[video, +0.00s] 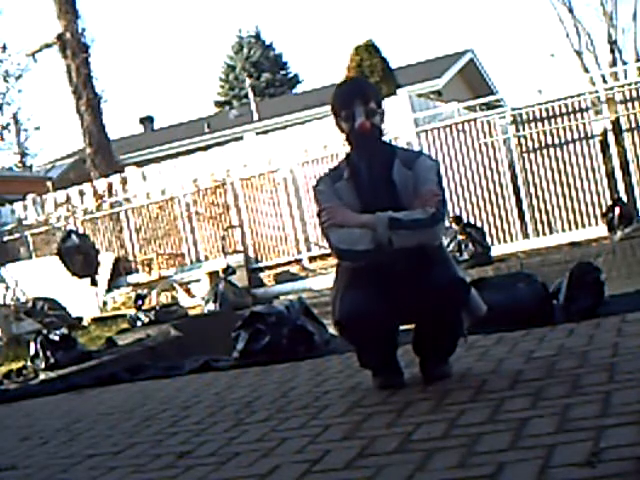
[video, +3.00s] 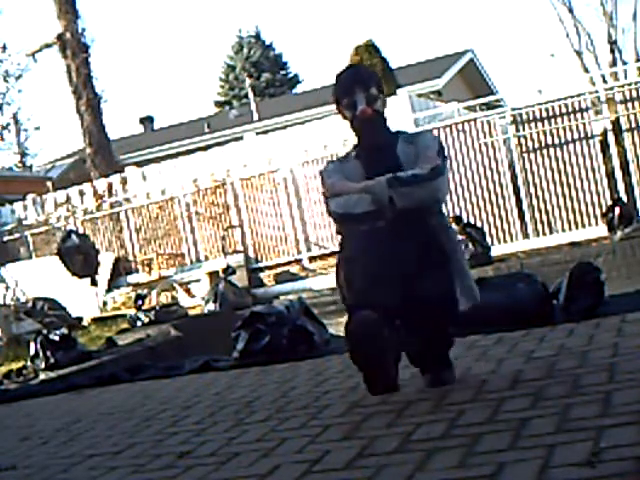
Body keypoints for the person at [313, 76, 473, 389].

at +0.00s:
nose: (362, 124)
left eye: (370, 113)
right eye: (351, 116)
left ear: (382, 114)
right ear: (339, 122)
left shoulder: (418, 164)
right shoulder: (329, 185)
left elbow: (434, 226)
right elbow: (344, 245)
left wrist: (359, 220)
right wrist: (412, 217)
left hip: (422, 265)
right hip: (365, 277)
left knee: (447, 290)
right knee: (356, 313)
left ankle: (434, 358)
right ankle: (384, 367)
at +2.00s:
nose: (353, 123)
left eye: (361, 111)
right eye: (341, 116)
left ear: (373, 112)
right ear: (329, 122)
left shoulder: (407, 159)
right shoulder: (319, 183)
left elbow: (425, 218)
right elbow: (335, 241)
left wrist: (349, 217)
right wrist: (406, 215)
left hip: (415, 262)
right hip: (359, 275)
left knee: (433, 290)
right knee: (358, 311)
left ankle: (434, 361)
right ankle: (385, 369)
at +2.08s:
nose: (349, 121)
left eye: (357, 109)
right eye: (337, 113)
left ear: (368, 110)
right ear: (326, 119)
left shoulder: (402, 156)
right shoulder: (315, 179)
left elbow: (419, 217)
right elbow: (329, 235)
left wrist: (344, 212)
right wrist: (399, 208)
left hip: (413, 260)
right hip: (359, 273)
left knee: (430, 292)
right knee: (362, 313)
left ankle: (434, 361)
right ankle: (385, 370)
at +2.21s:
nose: (343, 113)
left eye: (351, 102)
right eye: (332, 106)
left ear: (363, 104)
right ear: (320, 112)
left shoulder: (395, 147)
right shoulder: (308, 173)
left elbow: (407, 193)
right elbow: (321, 228)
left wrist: (337, 202)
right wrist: (386, 209)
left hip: (413, 263)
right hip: (358, 278)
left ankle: (442, 347)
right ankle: (385, 366)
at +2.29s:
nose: (341, 115)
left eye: (349, 104)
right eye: (329, 108)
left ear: (360, 106)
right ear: (317, 114)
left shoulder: (391, 151)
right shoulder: (306, 176)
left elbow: (409, 196)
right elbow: (321, 232)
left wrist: (338, 204)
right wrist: (387, 207)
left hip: (412, 253)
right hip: (358, 266)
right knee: (368, 308)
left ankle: (453, 361)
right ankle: (386, 369)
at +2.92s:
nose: (369, 124)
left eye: (376, 112)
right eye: (357, 118)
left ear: (388, 113)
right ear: (348, 126)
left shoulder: (426, 158)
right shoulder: (341, 184)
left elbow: (433, 194)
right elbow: (344, 231)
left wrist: (360, 205)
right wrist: (402, 210)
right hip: (384, 286)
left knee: (407, 248)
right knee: (363, 260)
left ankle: (434, 360)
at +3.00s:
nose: (364, 110)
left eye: (370, 99)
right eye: (352, 103)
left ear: (383, 99)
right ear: (341, 110)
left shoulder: (421, 143)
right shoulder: (337, 171)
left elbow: (435, 188)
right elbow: (340, 210)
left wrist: (359, 188)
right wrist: (404, 194)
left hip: (428, 264)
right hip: (370, 275)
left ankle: (436, 360)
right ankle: (377, 368)